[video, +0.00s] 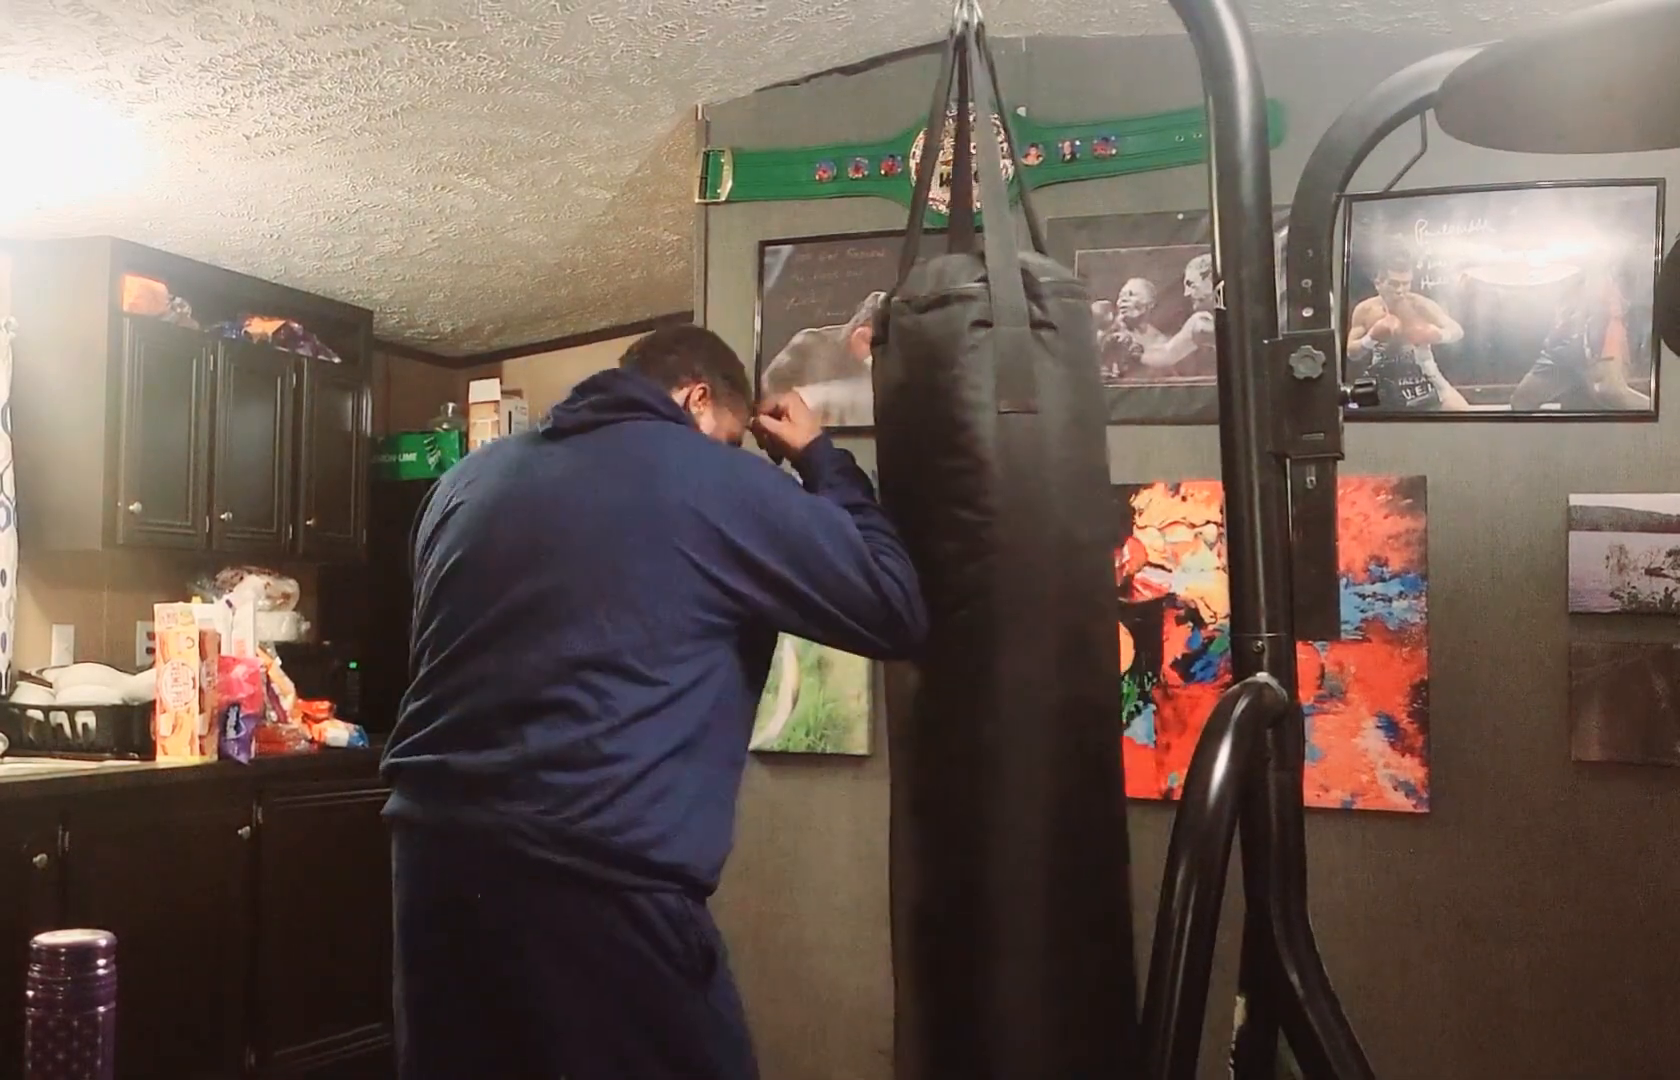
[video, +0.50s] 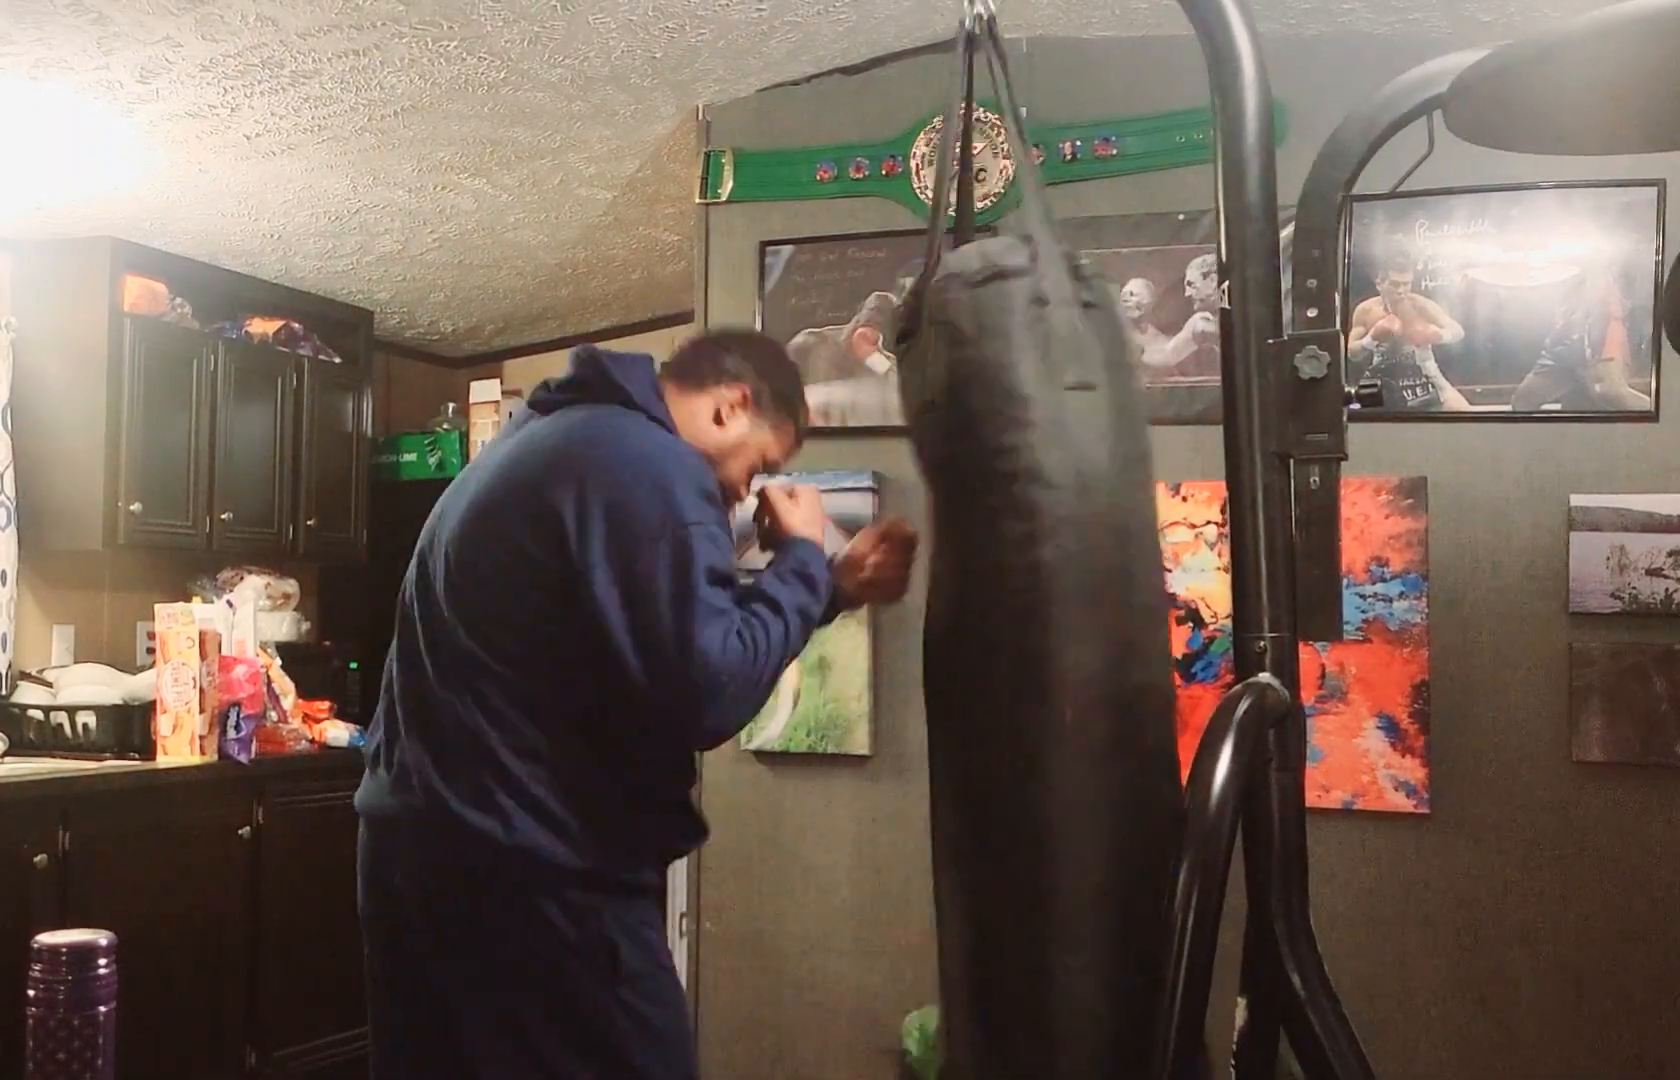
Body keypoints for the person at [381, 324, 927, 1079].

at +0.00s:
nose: (730, 456)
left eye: (736, 444)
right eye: (733, 438)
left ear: (616, 388)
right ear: (695, 399)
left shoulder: (464, 478)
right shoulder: (713, 480)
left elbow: (439, 655)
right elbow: (900, 610)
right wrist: (817, 453)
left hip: (431, 860)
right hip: (607, 878)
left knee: (445, 1068)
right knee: (685, 1066)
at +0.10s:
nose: (743, 434)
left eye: (754, 420)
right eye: (749, 416)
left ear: (633, 368)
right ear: (704, 377)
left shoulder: (488, 454)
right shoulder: (715, 479)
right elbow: (890, 621)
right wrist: (836, 448)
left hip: (423, 855)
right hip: (594, 880)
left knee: (444, 1069)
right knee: (680, 1065)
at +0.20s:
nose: (773, 429)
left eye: (786, 407)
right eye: (778, 401)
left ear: (704, 362)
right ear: (727, 365)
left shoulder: (544, 428)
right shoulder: (693, 474)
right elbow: (857, 657)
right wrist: (861, 471)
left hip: (429, 836)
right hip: (574, 866)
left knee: (451, 1068)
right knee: (669, 1065)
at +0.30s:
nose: (772, 425)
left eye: (785, 405)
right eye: (777, 397)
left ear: (709, 354)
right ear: (724, 357)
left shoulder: (564, 425)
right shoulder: (667, 467)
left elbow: (739, 507)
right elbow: (795, 681)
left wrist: (884, 521)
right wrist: (834, 506)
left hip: (433, 829)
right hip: (562, 862)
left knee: (459, 1067)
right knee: (650, 1063)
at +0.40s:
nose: (751, 441)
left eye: (767, 422)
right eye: (760, 413)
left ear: (703, 359)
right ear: (713, 364)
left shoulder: (552, 428)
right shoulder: (655, 460)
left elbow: (716, 549)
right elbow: (747, 683)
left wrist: (888, 529)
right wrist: (819, 527)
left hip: (433, 834)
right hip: (555, 863)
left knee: (457, 1064)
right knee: (642, 1061)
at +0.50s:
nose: (743, 494)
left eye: (759, 478)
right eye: (757, 466)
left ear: (717, 400)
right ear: (731, 407)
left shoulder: (548, 438)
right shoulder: (644, 464)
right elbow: (705, 693)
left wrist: (831, 585)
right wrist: (803, 561)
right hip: (545, 873)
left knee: (442, 1066)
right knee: (636, 1063)